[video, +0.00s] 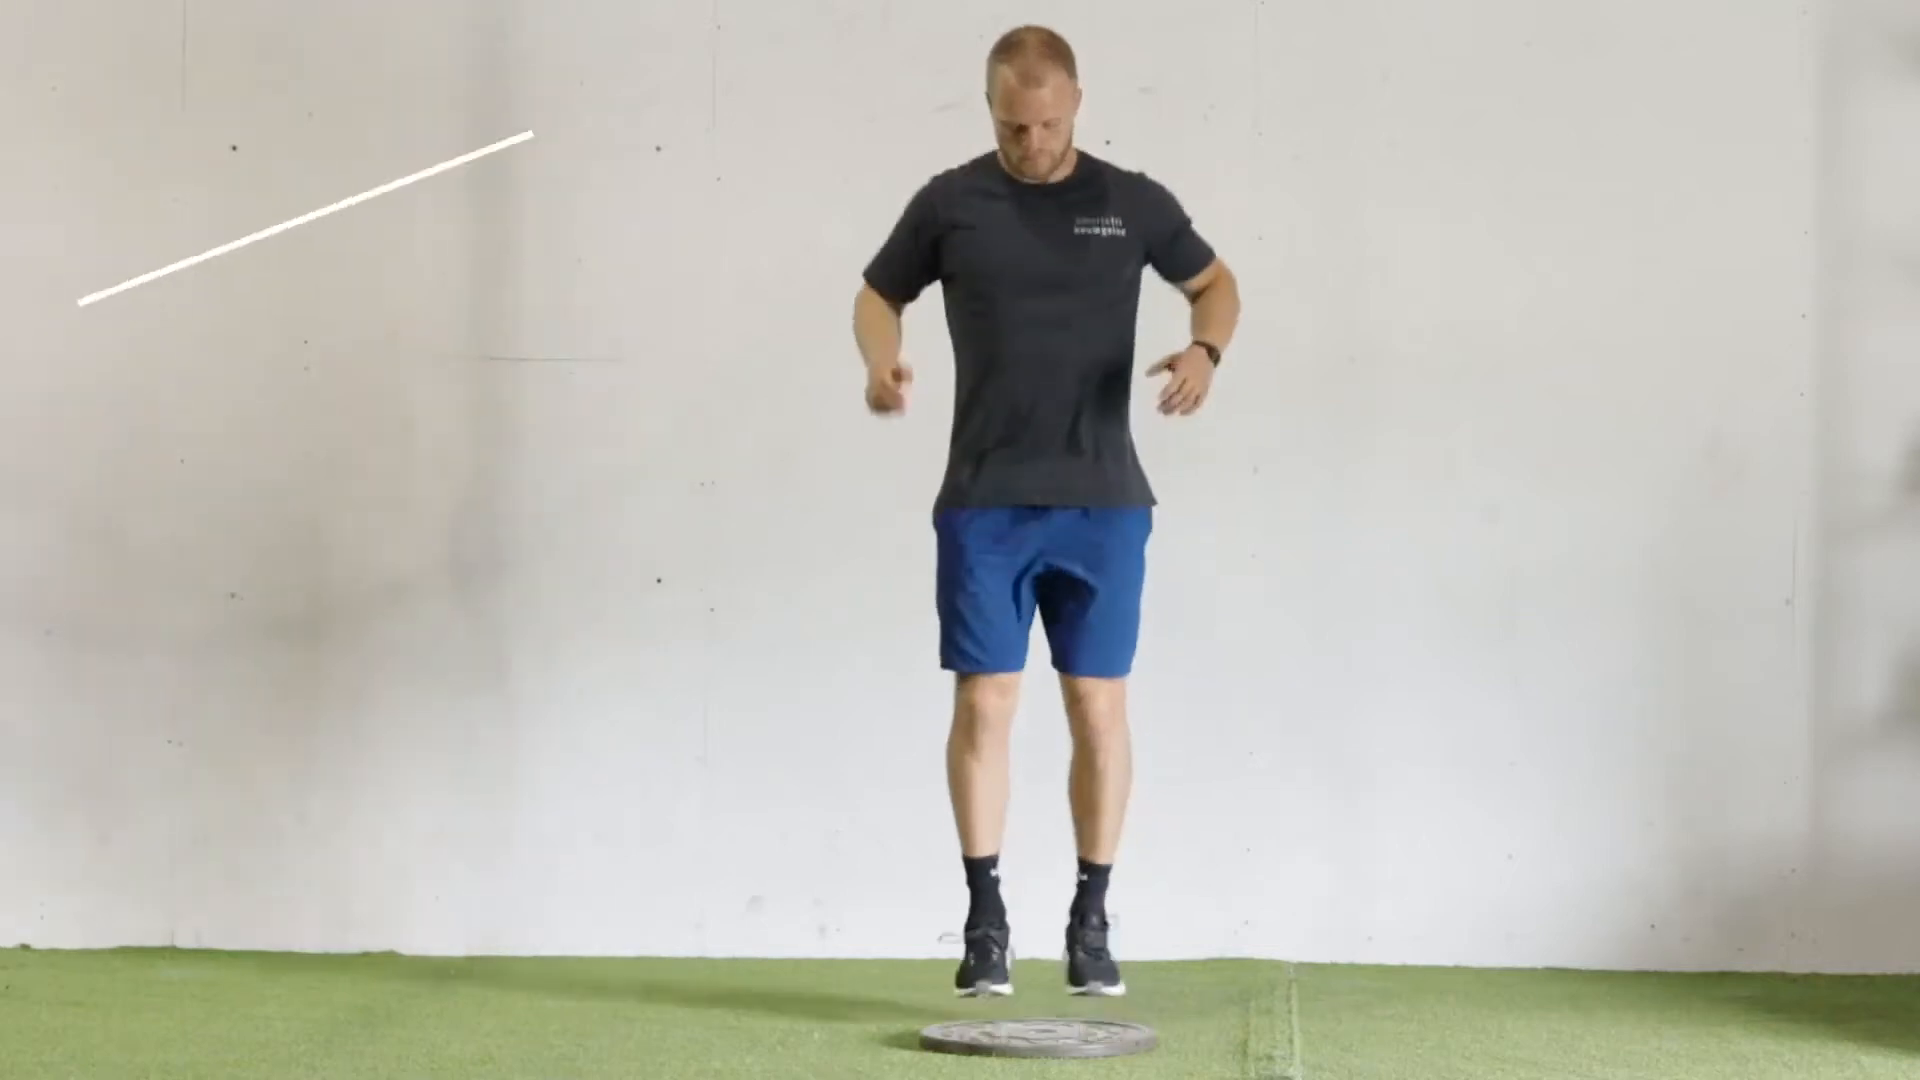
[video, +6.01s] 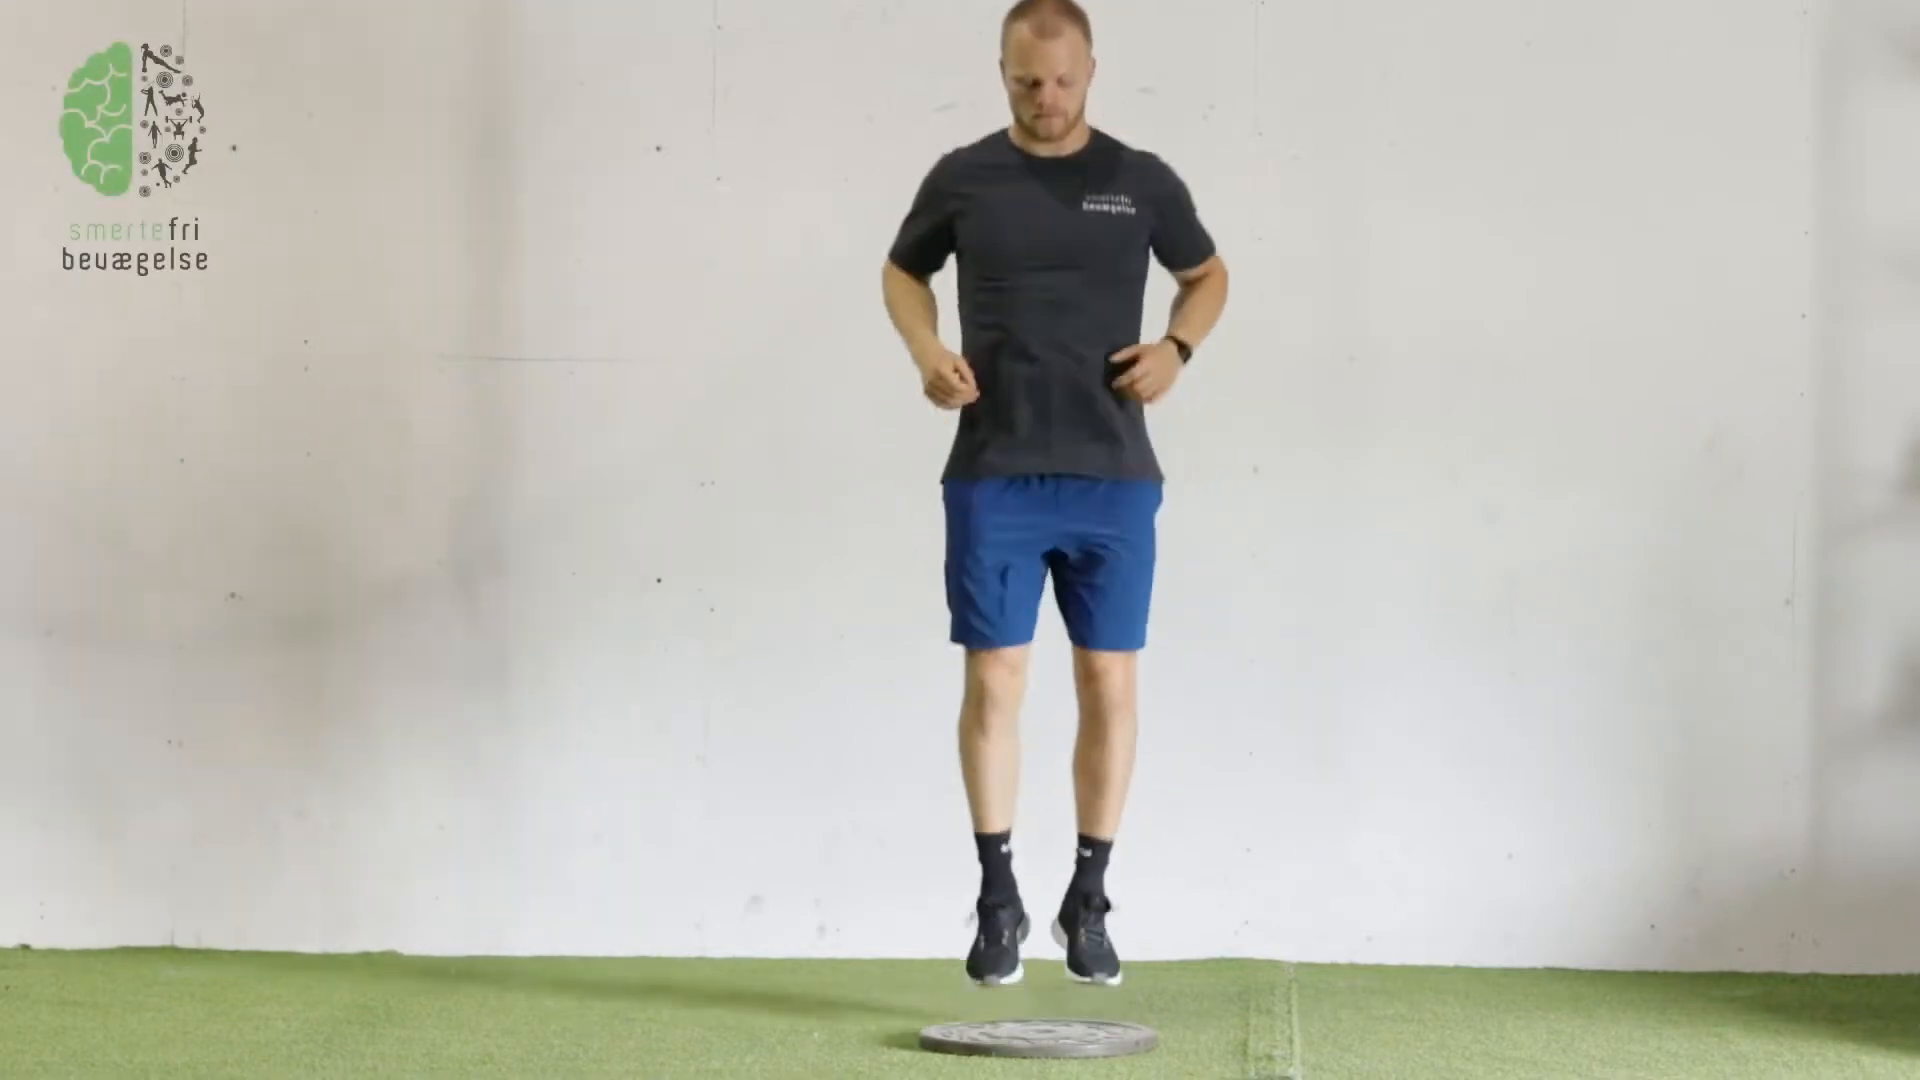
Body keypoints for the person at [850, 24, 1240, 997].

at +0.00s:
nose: (1035, 143)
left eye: (1050, 125)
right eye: (1017, 127)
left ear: (1077, 105)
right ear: (991, 112)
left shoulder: (1131, 201)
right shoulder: (950, 201)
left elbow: (1214, 283)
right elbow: (879, 294)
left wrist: (1204, 350)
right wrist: (882, 359)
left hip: (1101, 496)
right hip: (984, 497)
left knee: (1098, 710)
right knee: (984, 706)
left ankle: (1091, 919)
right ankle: (985, 920)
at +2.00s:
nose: (1041, 194)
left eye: (1057, 176)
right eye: (1023, 177)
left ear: (1084, 169)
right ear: (999, 173)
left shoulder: (1134, 281)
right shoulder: (957, 285)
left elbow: (1198, 378)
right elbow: (898, 394)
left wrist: (1198, 450)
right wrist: (899, 497)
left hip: (1112, 563)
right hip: (1001, 562)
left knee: (1099, 766)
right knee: (1014, 767)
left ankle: (1080, 970)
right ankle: (1027, 969)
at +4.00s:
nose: (1035, 130)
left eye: (1052, 112)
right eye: (1019, 113)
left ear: (1083, 105)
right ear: (997, 108)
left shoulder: (1135, 209)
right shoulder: (956, 210)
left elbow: (1195, 305)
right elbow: (897, 305)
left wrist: (1170, 392)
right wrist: (907, 415)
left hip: (1108, 504)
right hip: (990, 504)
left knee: (1100, 716)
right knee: (987, 713)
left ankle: (1079, 936)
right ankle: (987, 937)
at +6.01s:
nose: (1045, 100)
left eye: (1062, 83)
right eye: (1028, 82)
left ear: (1090, 74)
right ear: (1004, 75)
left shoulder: (1142, 181)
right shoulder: (962, 177)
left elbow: (1206, 274)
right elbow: (905, 271)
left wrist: (1175, 348)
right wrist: (931, 356)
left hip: (1112, 470)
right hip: (996, 469)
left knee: (1108, 682)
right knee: (994, 680)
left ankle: (1089, 900)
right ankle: (998, 899)